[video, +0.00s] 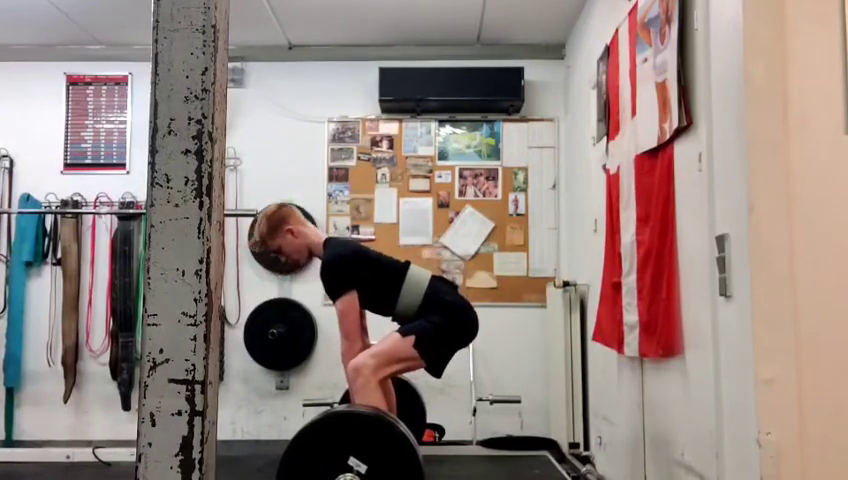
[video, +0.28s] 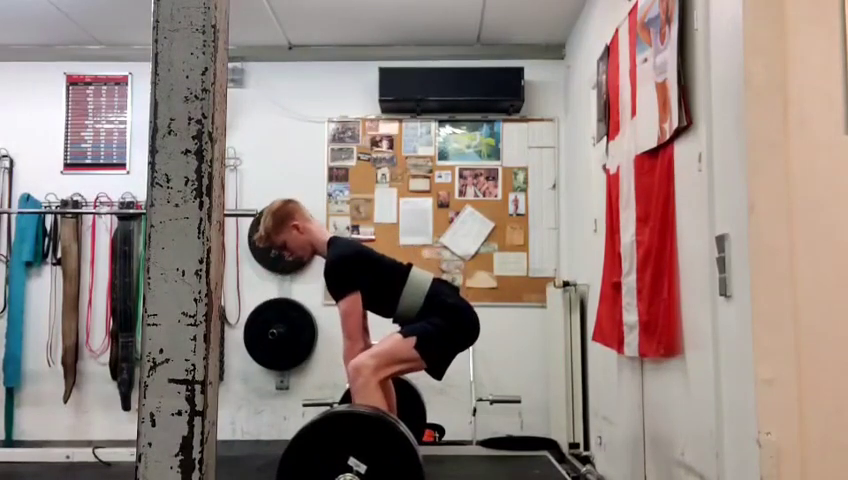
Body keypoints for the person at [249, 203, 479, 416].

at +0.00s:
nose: (284, 259)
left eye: (279, 250)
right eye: (278, 254)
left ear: (292, 231)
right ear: (295, 230)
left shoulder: (335, 261)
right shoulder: (340, 253)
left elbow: (353, 344)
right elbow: (361, 341)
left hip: (448, 316)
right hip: (446, 314)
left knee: (360, 367)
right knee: (371, 367)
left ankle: (374, 452)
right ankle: (389, 449)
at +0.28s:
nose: (287, 256)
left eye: (284, 247)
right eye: (281, 252)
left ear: (297, 228)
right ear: (300, 227)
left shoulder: (339, 262)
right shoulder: (344, 253)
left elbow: (355, 345)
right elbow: (363, 342)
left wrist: (356, 399)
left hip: (450, 319)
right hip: (447, 316)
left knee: (362, 367)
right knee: (371, 367)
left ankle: (373, 451)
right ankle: (390, 449)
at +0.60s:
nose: (288, 256)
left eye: (284, 247)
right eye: (282, 251)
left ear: (297, 228)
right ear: (301, 227)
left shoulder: (338, 262)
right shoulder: (342, 253)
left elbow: (354, 346)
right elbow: (361, 343)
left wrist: (356, 400)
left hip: (449, 320)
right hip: (446, 317)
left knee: (361, 367)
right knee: (371, 366)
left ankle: (372, 451)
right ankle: (389, 448)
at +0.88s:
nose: (288, 256)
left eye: (284, 248)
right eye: (282, 252)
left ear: (296, 228)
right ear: (300, 227)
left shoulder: (335, 262)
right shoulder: (340, 253)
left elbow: (352, 345)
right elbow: (360, 343)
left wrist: (355, 398)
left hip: (449, 319)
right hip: (447, 316)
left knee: (360, 368)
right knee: (371, 367)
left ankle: (374, 452)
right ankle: (390, 450)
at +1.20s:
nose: (288, 256)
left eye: (284, 248)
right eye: (282, 252)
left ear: (296, 228)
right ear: (300, 226)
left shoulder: (334, 263)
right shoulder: (340, 253)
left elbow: (352, 346)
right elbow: (359, 343)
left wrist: (354, 399)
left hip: (448, 318)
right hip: (446, 316)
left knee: (359, 368)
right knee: (370, 368)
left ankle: (371, 452)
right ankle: (388, 450)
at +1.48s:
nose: (282, 251)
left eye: (278, 242)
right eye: (276, 246)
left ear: (292, 223)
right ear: (296, 221)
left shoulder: (333, 259)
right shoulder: (336, 252)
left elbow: (354, 343)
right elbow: (360, 340)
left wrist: (358, 416)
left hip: (445, 308)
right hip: (443, 306)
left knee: (363, 369)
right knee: (373, 369)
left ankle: (375, 452)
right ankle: (388, 449)